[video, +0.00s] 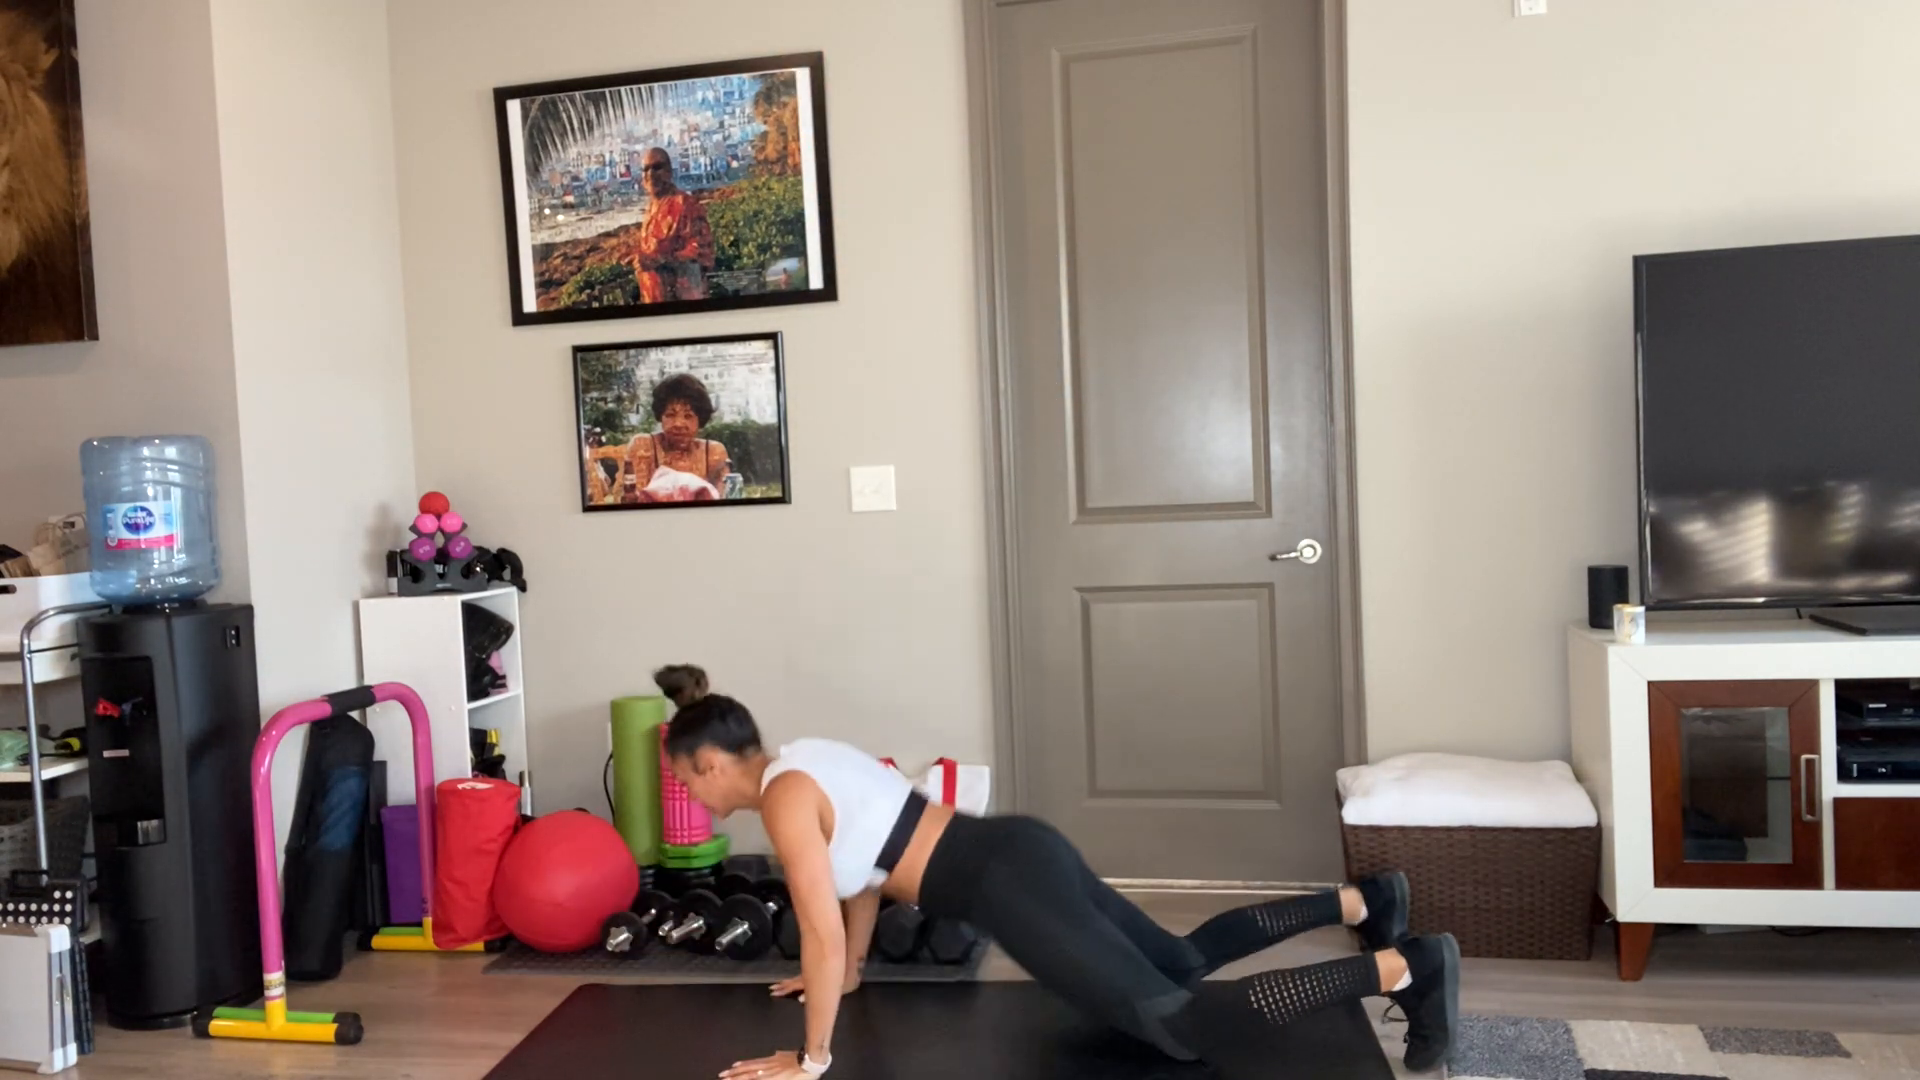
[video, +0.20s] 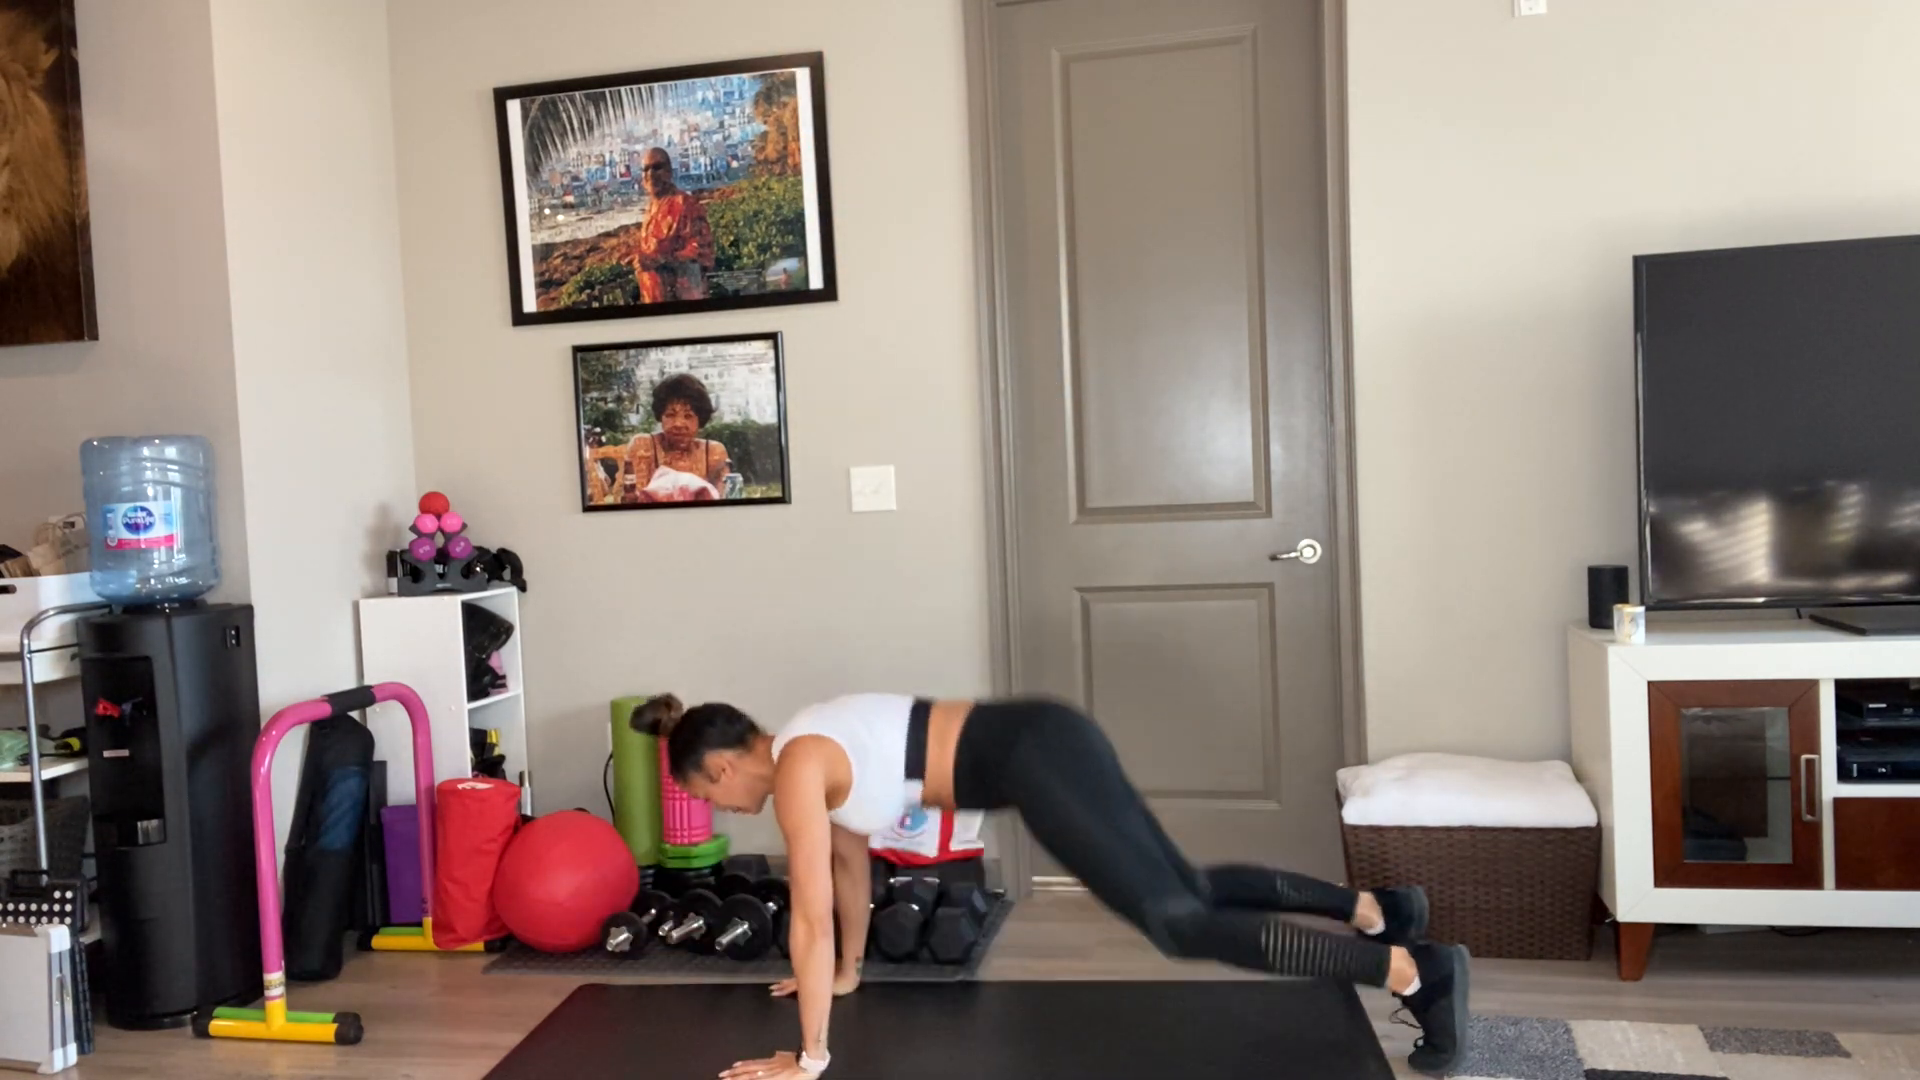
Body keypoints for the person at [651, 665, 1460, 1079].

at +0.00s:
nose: (690, 798)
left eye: (690, 781)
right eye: (685, 784)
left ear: (717, 760)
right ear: (736, 745)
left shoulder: (785, 802)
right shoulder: (812, 761)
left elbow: (824, 940)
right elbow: (867, 880)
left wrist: (815, 1055)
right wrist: (838, 968)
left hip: (994, 876)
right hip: (1013, 846)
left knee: (1169, 1016)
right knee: (1180, 961)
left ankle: (1393, 970)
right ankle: (1353, 901)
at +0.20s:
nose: (718, 803)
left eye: (709, 790)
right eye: (707, 794)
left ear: (729, 759)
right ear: (742, 739)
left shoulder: (798, 774)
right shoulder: (817, 748)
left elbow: (805, 913)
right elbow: (851, 876)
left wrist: (811, 1050)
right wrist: (842, 969)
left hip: (1028, 757)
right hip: (1039, 741)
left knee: (1175, 925)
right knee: (1190, 889)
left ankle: (1409, 972)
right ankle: (1373, 909)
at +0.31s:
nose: (756, 819)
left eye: (743, 806)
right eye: (743, 811)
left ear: (757, 774)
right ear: (765, 756)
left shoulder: (816, 767)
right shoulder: (837, 751)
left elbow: (818, 903)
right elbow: (860, 875)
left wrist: (810, 1055)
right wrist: (844, 970)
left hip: (1037, 670)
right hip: (1042, 677)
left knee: (1131, 881)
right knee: (1139, 846)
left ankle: (1355, 936)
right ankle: (1320, 874)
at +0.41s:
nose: (820, 825)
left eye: (810, 815)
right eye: (810, 818)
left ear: (816, 779)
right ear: (823, 761)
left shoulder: (865, 762)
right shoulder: (882, 753)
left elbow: (848, 923)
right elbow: (877, 883)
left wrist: (811, 1055)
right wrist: (835, 968)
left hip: (1079, 627)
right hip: (1080, 621)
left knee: (1016, 839)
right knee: (1039, 804)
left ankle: (1203, 953)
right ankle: (1177, 899)